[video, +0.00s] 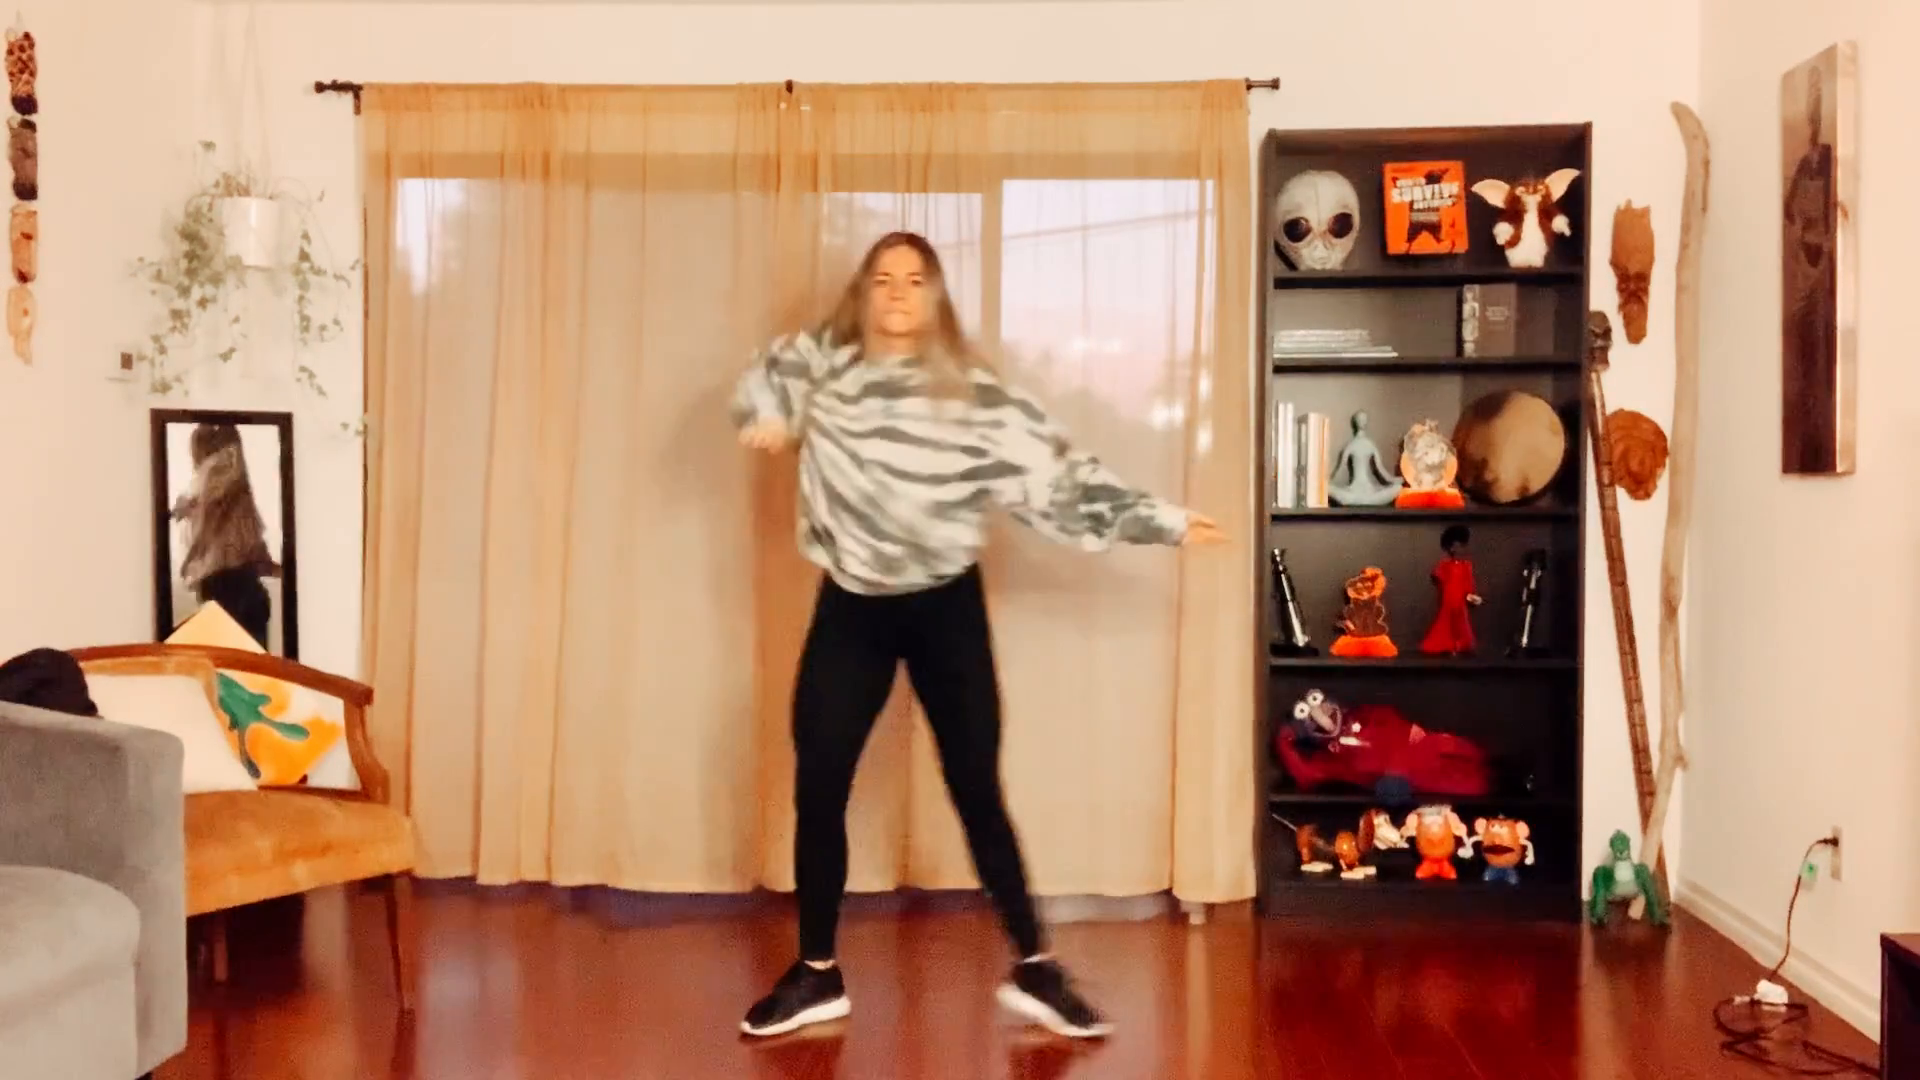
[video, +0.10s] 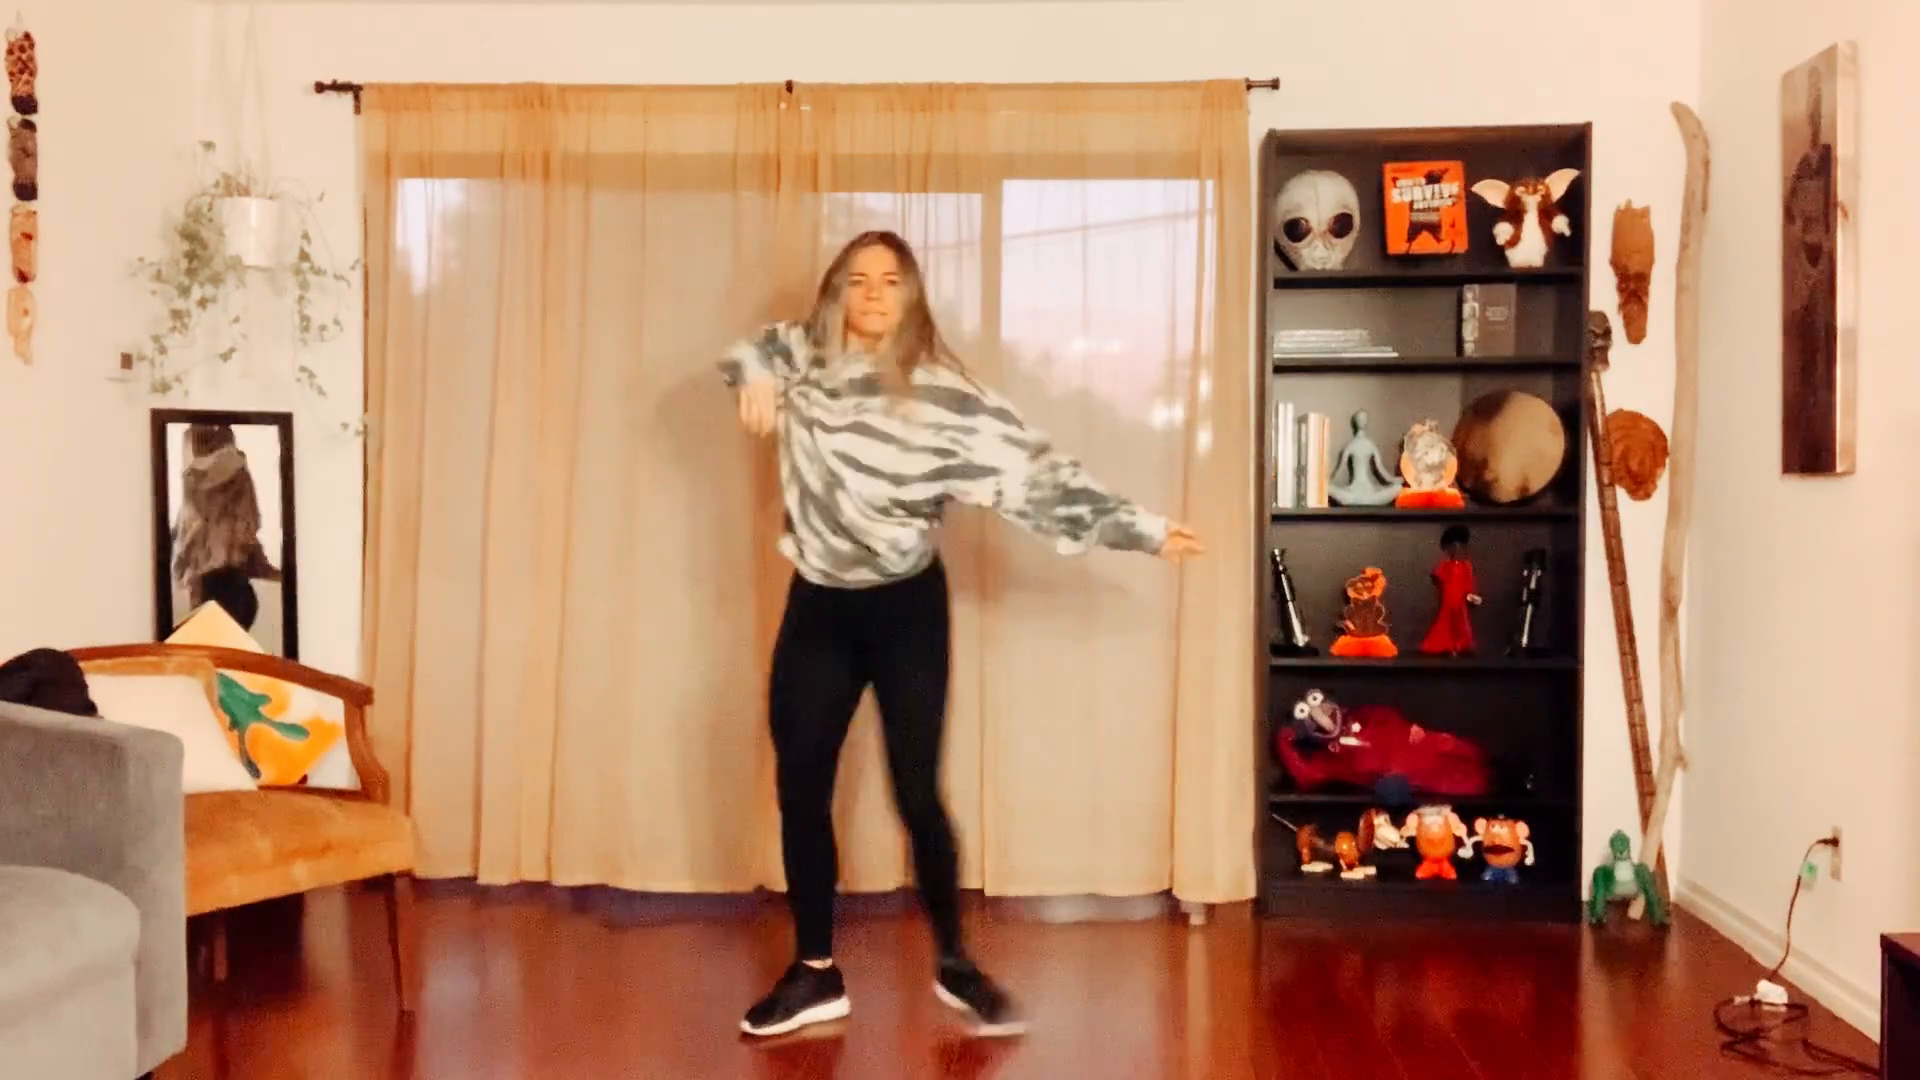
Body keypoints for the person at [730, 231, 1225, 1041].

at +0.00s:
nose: (897, 293)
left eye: (913, 281)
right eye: (883, 281)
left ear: (937, 297)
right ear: (860, 294)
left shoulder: (975, 396)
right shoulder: (821, 360)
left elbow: (1058, 481)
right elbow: (766, 373)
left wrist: (1160, 520)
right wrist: (765, 412)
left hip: (944, 605)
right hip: (848, 604)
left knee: (976, 786)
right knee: (817, 783)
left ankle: (1034, 965)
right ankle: (816, 972)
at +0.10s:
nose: (872, 294)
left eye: (888, 283)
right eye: (859, 281)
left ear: (912, 297)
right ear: (834, 293)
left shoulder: (940, 399)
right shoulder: (803, 353)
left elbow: (1032, 472)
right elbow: (748, 353)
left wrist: (1139, 529)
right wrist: (752, 375)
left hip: (907, 604)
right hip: (818, 603)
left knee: (917, 793)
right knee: (800, 786)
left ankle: (954, 964)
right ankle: (814, 971)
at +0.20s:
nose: (849, 297)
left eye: (865, 285)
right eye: (837, 285)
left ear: (894, 297)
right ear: (818, 298)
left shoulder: (928, 395)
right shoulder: (798, 373)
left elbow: (1028, 472)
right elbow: (735, 404)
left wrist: (1137, 521)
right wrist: (719, 371)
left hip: (876, 605)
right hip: (797, 600)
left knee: (809, 779)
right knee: (778, 781)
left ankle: (864, 946)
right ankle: (807, 964)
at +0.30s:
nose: (835, 306)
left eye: (853, 292)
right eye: (824, 294)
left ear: (885, 303)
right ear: (810, 308)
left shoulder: (930, 400)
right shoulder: (798, 400)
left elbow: (1035, 464)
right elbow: (721, 462)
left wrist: (1145, 495)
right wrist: (648, 419)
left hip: (853, 615)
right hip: (784, 610)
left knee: (742, 772)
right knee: (771, 789)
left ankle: (745, 978)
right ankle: (812, 973)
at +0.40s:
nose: (816, 319)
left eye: (831, 305)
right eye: (810, 307)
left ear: (873, 313)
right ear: (808, 320)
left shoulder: (923, 397)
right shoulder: (795, 408)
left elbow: (1031, 442)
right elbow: (704, 477)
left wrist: (1146, 474)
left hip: (833, 618)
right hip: (772, 612)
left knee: (709, 776)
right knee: (764, 796)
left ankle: (700, 984)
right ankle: (812, 973)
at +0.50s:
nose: (794, 317)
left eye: (808, 303)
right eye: (793, 304)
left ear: (854, 311)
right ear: (808, 314)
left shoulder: (921, 400)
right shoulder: (784, 412)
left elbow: (1030, 445)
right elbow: (693, 480)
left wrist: (1144, 475)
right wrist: (588, 537)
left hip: (831, 618)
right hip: (769, 614)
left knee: (681, 735)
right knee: (765, 799)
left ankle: (673, 940)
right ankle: (811, 974)